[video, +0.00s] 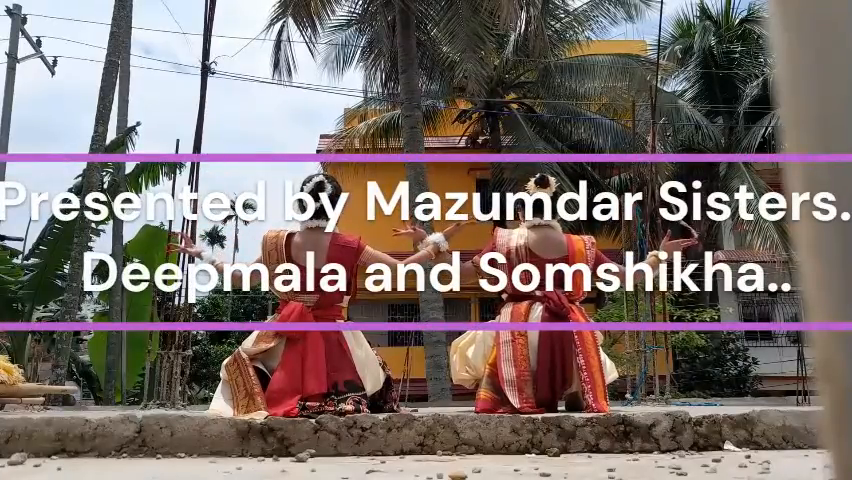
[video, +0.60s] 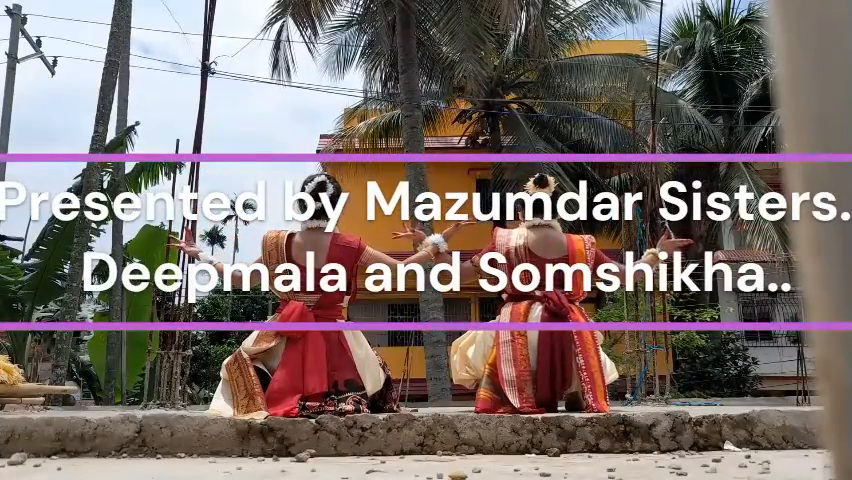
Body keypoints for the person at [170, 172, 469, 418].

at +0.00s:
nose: (339, 207)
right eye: (338, 201)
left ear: (300, 203)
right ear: (336, 207)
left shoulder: (274, 244)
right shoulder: (347, 247)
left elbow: (261, 282)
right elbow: (401, 266)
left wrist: (204, 256)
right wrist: (433, 247)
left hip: (288, 345)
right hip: (334, 343)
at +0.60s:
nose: (337, 207)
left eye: (318, 201)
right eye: (337, 201)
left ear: (300, 204)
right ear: (337, 207)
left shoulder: (276, 245)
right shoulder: (349, 248)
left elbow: (246, 280)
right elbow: (402, 267)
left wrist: (200, 256)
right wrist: (431, 247)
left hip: (289, 350)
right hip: (336, 349)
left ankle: (289, 392)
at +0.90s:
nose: (340, 206)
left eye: (333, 201)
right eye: (340, 202)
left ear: (300, 204)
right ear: (337, 206)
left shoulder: (275, 244)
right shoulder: (348, 247)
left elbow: (241, 280)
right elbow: (403, 264)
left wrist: (200, 254)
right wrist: (431, 245)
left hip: (288, 350)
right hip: (335, 350)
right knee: (376, 389)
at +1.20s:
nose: (333, 207)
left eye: (315, 201)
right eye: (336, 201)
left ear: (301, 204)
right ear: (338, 207)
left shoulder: (277, 245)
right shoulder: (353, 248)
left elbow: (235, 273)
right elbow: (407, 265)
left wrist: (195, 245)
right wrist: (440, 245)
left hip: (288, 348)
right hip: (336, 348)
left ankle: (287, 394)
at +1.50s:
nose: (361, 218)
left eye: (355, 210)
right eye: (360, 211)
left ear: (322, 211)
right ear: (356, 214)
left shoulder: (297, 243)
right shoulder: (365, 253)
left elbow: (249, 263)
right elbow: (419, 270)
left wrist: (204, 240)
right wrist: (449, 247)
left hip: (289, 337)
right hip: (335, 342)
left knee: (236, 361)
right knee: (373, 387)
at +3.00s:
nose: (349, 216)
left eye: (336, 205)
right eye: (354, 211)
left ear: (321, 205)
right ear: (354, 217)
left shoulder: (290, 239)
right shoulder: (358, 252)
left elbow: (240, 260)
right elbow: (404, 278)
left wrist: (202, 239)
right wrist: (432, 255)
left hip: (290, 342)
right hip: (337, 344)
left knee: (240, 360)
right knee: (369, 392)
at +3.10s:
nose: (350, 221)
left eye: (345, 212)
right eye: (351, 214)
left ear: (316, 206)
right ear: (347, 216)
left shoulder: (282, 241)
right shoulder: (350, 250)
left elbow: (233, 265)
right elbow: (398, 277)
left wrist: (193, 242)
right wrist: (429, 253)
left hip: (290, 342)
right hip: (336, 344)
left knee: (242, 361)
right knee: (375, 391)